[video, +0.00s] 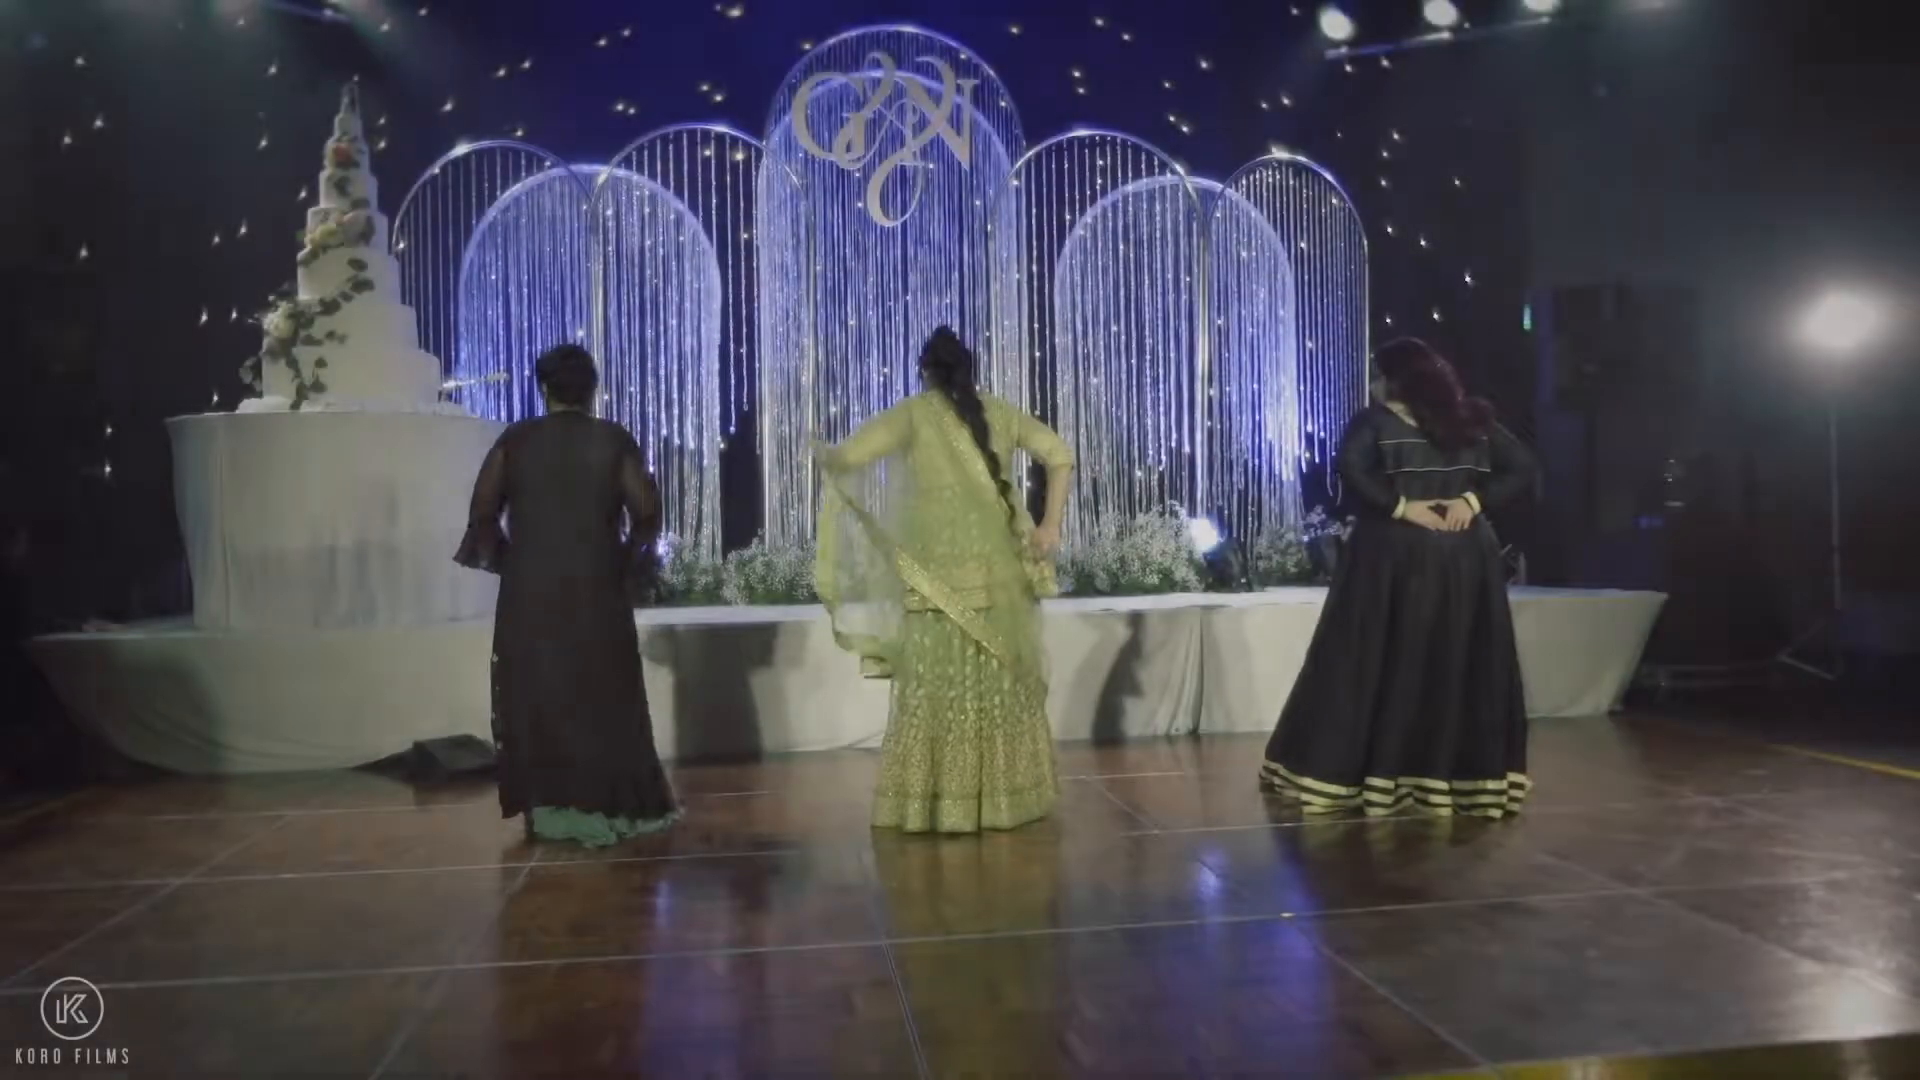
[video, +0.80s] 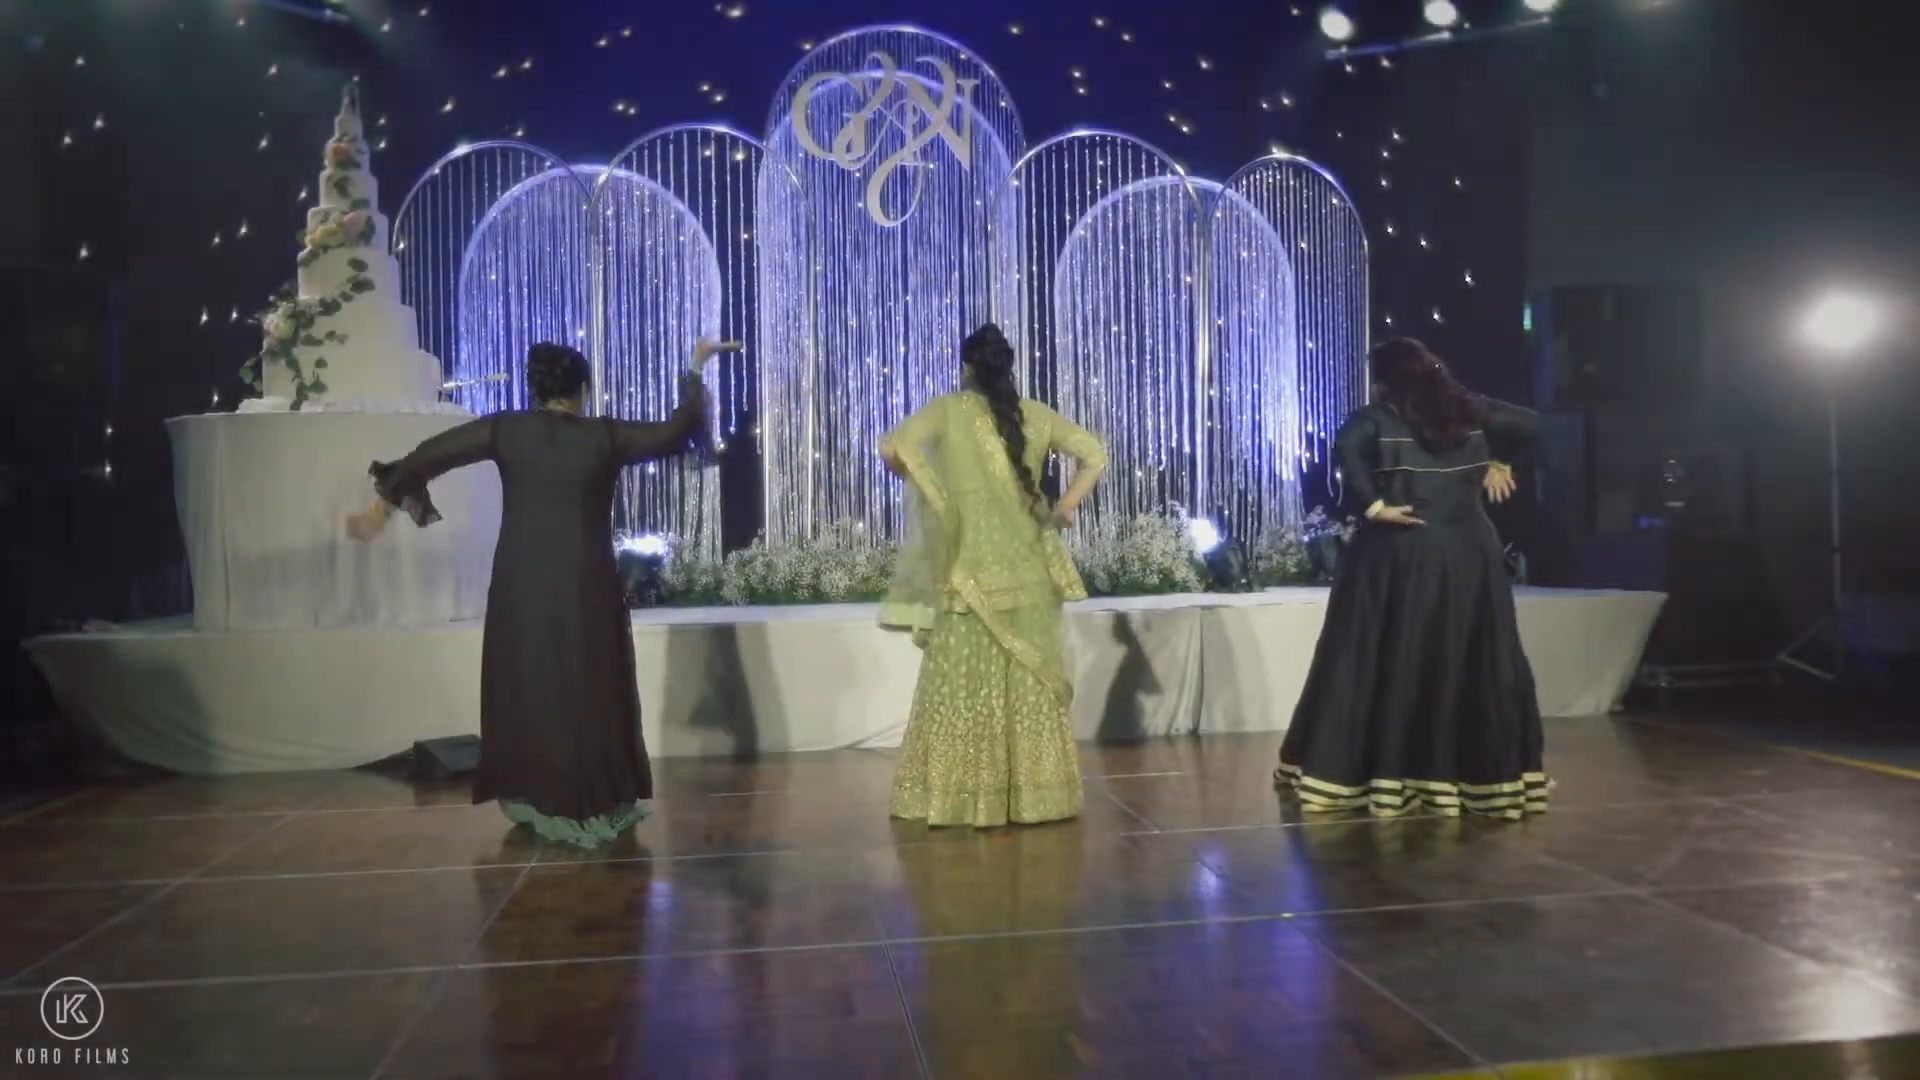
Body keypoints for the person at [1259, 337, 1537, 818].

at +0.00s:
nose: (1375, 386)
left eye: (1378, 378)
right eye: (1376, 378)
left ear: (1392, 381)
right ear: (1433, 376)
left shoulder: (1376, 421)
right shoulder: (1471, 421)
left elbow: (1351, 469)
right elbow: (1523, 468)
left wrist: (1401, 506)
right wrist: (1475, 498)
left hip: (1398, 567)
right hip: (1467, 567)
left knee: (1390, 668)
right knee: (1460, 670)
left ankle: (1383, 780)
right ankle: (1455, 782)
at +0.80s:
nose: (1375, 386)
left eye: (1376, 379)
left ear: (1382, 380)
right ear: (1431, 370)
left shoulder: (1373, 420)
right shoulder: (1465, 408)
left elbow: (1347, 453)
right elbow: (1528, 423)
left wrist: (1371, 505)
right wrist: (1500, 461)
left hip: (1405, 554)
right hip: (1471, 550)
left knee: (1397, 664)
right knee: (1470, 663)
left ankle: (1393, 780)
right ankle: (1474, 781)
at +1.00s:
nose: (1380, 390)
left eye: (1382, 382)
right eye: (1380, 382)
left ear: (1397, 384)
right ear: (1440, 373)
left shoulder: (1392, 423)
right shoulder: (1478, 415)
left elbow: (1368, 457)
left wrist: (1360, 518)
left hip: (1424, 551)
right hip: (1487, 547)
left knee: (1410, 661)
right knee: (1483, 660)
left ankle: (1405, 776)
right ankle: (1486, 777)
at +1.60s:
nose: (1388, 394)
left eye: (1392, 385)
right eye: (1389, 385)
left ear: (1406, 387)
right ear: (1448, 379)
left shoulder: (1407, 429)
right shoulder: (1485, 418)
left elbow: (1372, 477)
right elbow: (1539, 419)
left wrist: (1342, 444)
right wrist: (1511, 381)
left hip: (1425, 552)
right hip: (1489, 546)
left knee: (1419, 660)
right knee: (1487, 660)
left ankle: (1419, 777)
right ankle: (1493, 777)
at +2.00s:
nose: (1407, 387)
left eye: (1410, 379)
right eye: (1411, 379)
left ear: (1418, 383)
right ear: (1469, 374)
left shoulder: (1413, 424)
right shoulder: (1502, 409)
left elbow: (1348, 436)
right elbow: (1542, 373)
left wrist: (1326, 383)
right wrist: (1537, 310)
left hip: (1423, 546)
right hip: (1490, 544)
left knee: (1416, 661)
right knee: (1489, 663)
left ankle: (1415, 782)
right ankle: (1493, 782)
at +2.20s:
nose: (1413, 383)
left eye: (1417, 375)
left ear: (1425, 380)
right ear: (1476, 375)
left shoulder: (1416, 421)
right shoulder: (1503, 411)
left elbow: (1360, 380)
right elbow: (1505, 356)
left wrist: (1369, 316)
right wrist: (1473, 299)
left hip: (1430, 547)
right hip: (1496, 543)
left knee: (1426, 662)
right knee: (1495, 662)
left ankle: (1421, 783)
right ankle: (1497, 783)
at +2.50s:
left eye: (1435, 359)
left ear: (1430, 372)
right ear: (1486, 369)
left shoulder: (1414, 421)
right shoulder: (1508, 408)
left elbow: (1356, 410)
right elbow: (1510, 351)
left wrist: (1337, 359)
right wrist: (1476, 301)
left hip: (1431, 546)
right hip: (1499, 545)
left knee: (1422, 659)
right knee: (1495, 661)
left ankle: (1417, 782)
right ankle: (1495, 782)